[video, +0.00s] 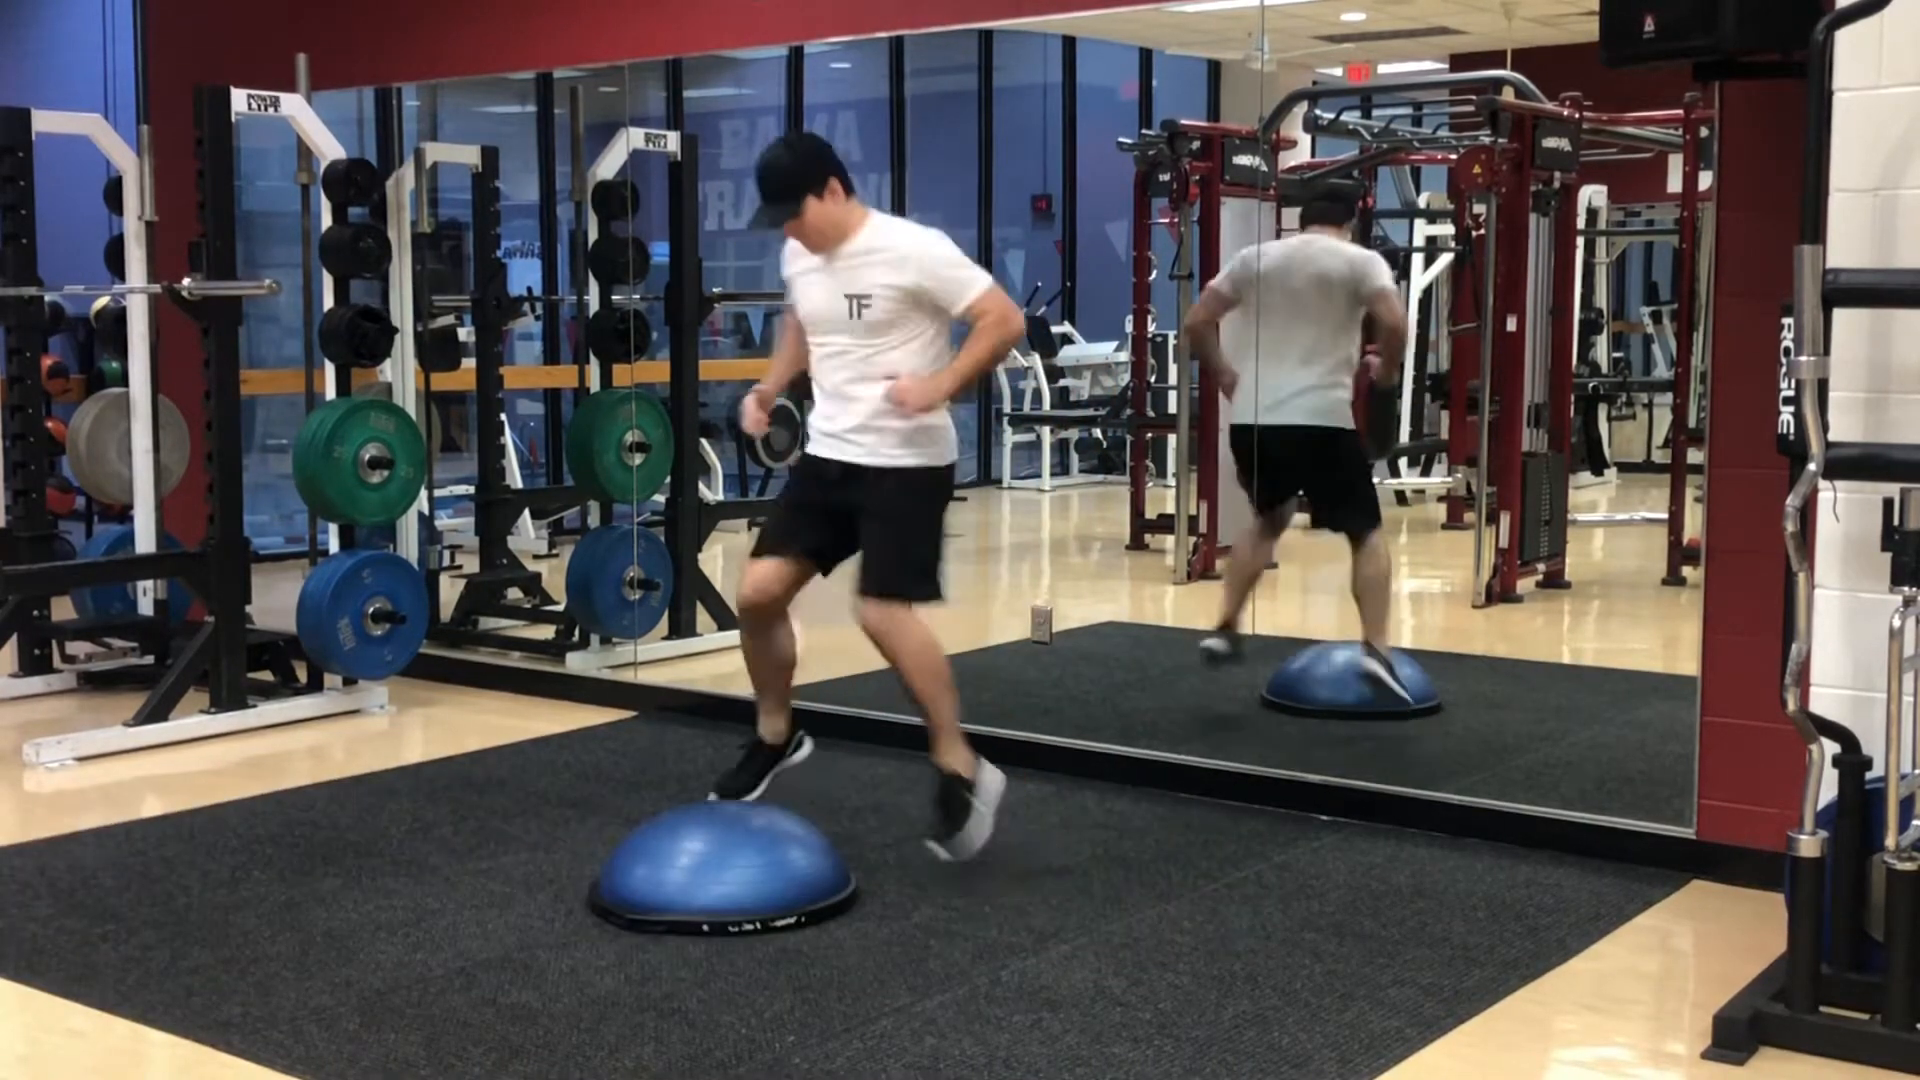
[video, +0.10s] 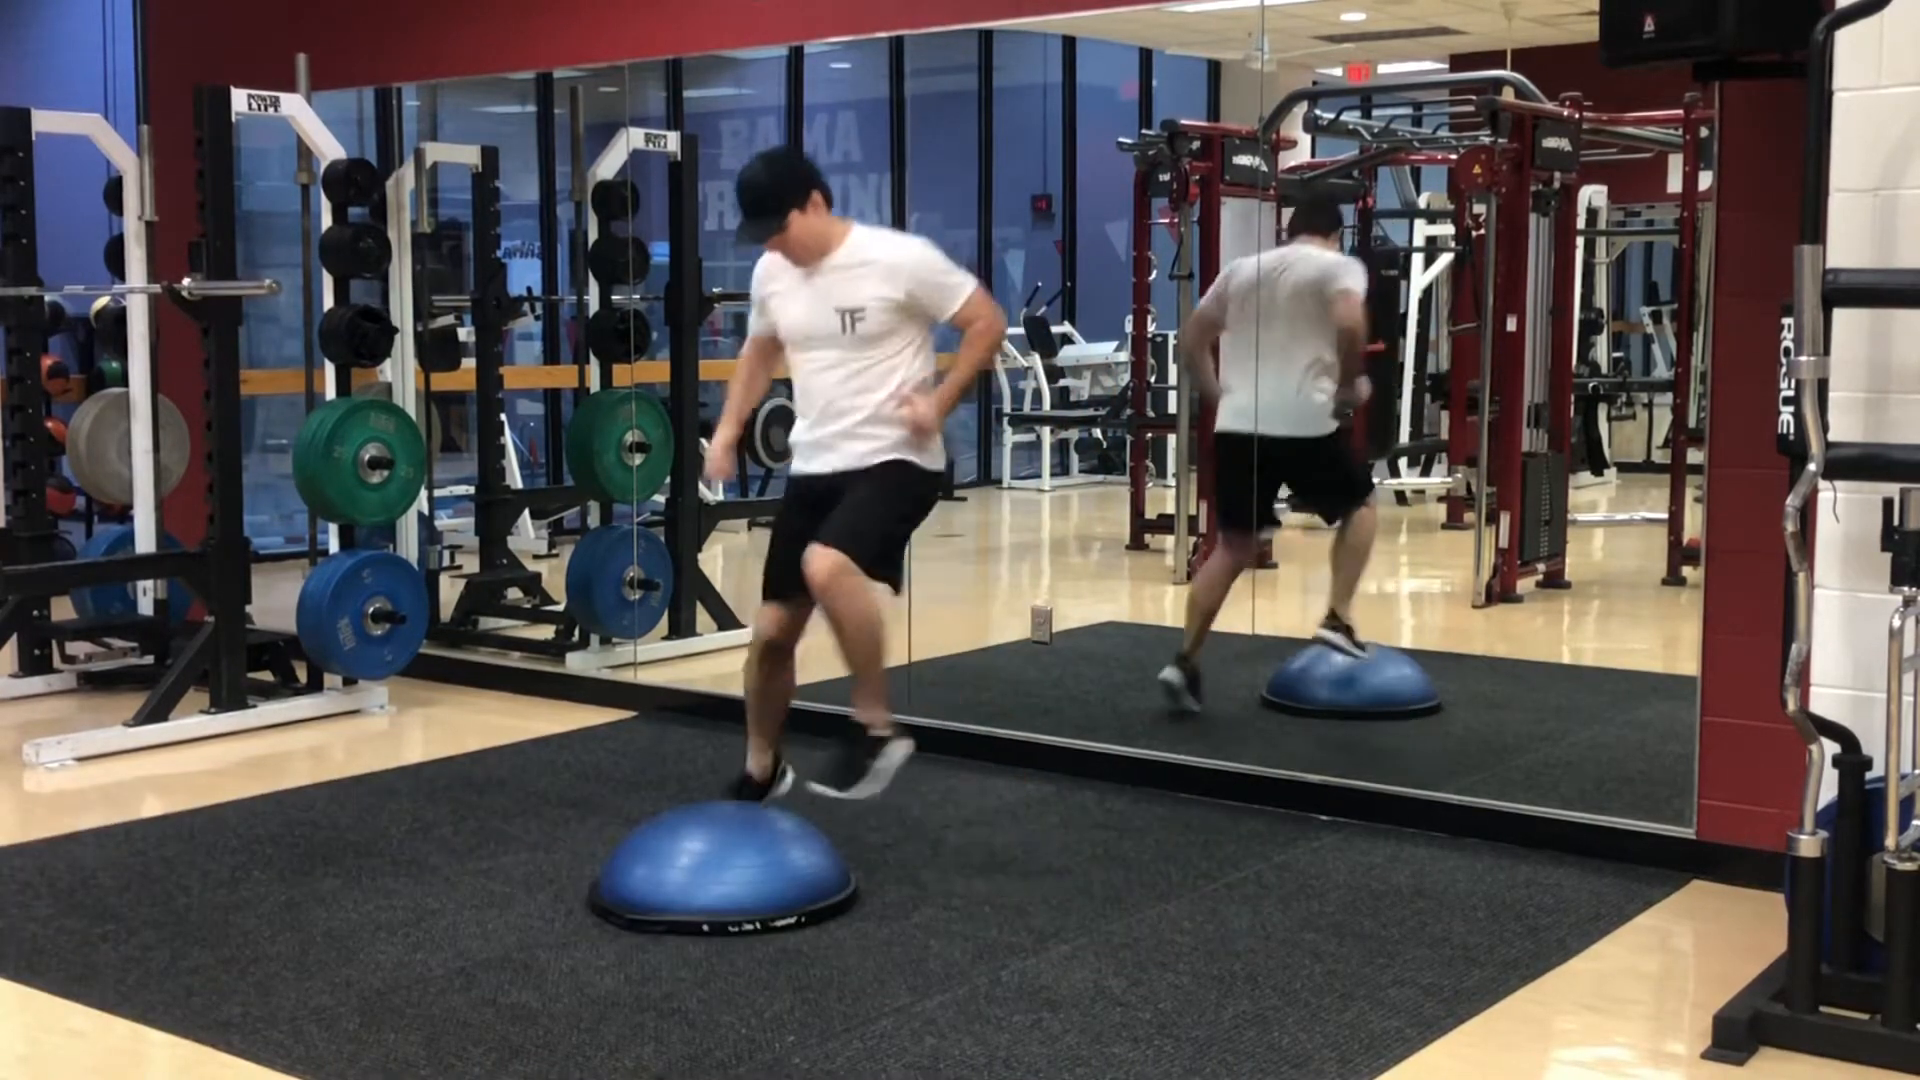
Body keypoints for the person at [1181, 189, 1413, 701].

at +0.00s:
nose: (1354, 230)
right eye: (1355, 222)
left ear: (1303, 218)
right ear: (1350, 221)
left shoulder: (1255, 257)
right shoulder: (1363, 262)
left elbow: (1196, 322)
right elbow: (1396, 323)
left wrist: (1222, 372)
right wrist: (1388, 367)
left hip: (1254, 422)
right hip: (1324, 425)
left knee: (1266, 523)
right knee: (1368, 538)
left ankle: (1224, 628)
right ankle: (1375, 650)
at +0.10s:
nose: (1338, 244)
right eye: (1339, 237)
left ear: (1289, 231)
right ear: (1335, 235)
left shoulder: (1240, 270)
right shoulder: (1341, 266)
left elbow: (1193, 338)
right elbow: (1348, 319)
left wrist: (1217, 395)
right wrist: (1350, 381)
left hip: (1238, 426)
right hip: (1305, 427)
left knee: (1233, 546)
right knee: (1359, 508)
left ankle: (1184, 662)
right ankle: (1337, 618)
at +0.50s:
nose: (1354, 239)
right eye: (1354, 231)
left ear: (1301, 224)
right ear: (1346, 228)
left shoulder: (1249, 267)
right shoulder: (1357, 262)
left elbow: (1195, 335)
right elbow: (1379, 319)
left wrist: (1239, 378)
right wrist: (1390, 363)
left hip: (1254, 425)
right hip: (1324, 424)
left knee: (1267, 527)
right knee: (1367, 546)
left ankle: (1237, 630)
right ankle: (1389, 668)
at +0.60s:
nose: (1370, 259)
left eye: (1365, 252)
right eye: (1369, 251)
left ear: (1315, 248)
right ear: (1362, 249)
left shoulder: (1269, 286)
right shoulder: (1384, 290)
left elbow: (1214, 353)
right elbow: (1420, 367)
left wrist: (1229, 418)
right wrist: (1414, 405)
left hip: (1275, 448)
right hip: (1344, 449)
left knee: (1293, 518)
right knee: (1372, 575)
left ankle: (1312, 617)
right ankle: (1399, 709)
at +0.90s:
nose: (1364, 236)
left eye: (1359, 230)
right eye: (1365, 229)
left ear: (1312, 221)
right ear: (1360, 226)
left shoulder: (1262, 261)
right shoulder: (1370, 261)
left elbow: (1214, 335)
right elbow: (1400, 324)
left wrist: (1269, 347)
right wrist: (1387, 362)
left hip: (1266, 422)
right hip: (1333, 426)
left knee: (1270, 530)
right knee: (1372, 539)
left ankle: (1232, 640)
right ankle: (1367, 654)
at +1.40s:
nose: (1358, 235)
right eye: (1358, 227)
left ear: (1306, 225)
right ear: (1353, 227)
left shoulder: (1262, 269)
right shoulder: (1371, 268)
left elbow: (1210, 337)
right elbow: (1402, 335)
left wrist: (1245, 381)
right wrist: (1384, 377)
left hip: (1271, 431)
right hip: (1338, 432)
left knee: (1285, 523)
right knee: (1361, 563)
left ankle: (1278, 633)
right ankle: (1384, 690)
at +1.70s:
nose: (1358, 241)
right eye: (1358, 233)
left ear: (1305, 227)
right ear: (1351, 231)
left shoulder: (1259, 266)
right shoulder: (1367, 270)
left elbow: (1207, 331)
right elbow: (1393, 349)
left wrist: (1244, 377)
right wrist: (1362, 368)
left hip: (1258, 431)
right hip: (1329, 433)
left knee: (1274, 524)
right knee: (1360, 557)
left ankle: (1238, 636)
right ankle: (1372, 677)